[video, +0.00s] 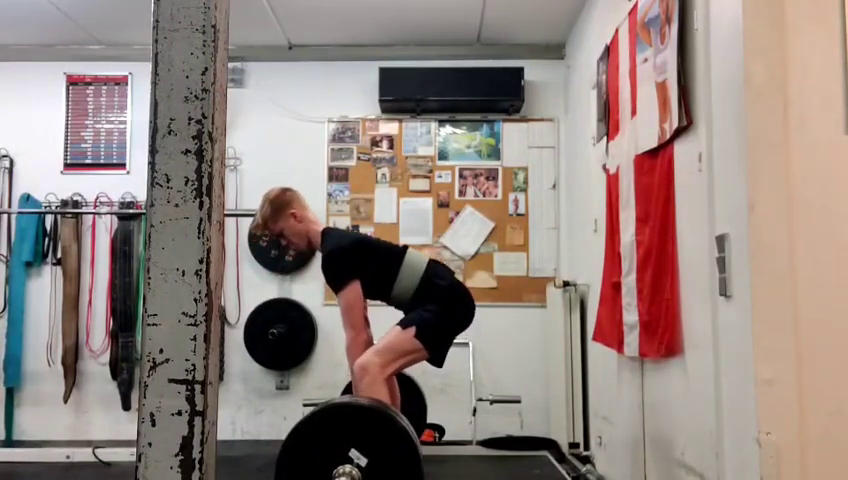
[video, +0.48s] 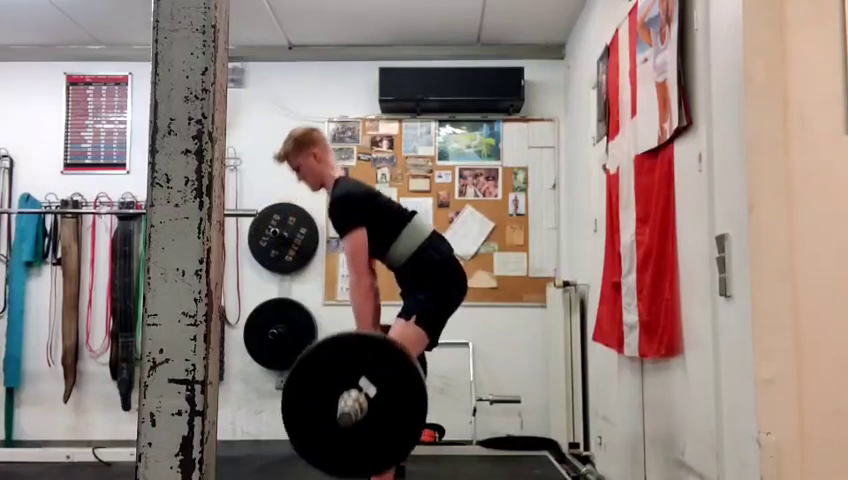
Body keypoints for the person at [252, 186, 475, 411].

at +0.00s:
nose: (285, 245)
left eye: (282, 235)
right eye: (280, 239)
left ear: (296, 217)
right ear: (298, 216)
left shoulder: (336, 253)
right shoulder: (338, 246)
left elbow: (357, 335)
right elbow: (362, 332)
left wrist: (359, 402)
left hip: (446, 302)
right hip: (442, 300)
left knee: (368, 368)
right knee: (378, 369)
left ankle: (379, 453)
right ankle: (391, 450)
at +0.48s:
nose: (299, 178)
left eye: (298, 168)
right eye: (295, 171)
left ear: (316, 156)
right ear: (319, 158)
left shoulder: (345, 198)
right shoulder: (348, 194)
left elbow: (361, 279)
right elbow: (368, 280)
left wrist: (365, 348)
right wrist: (370, 341)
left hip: (438, 280)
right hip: (429, 280)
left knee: (390, 361)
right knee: (389, 361)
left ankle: (386, 465)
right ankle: (386, 463)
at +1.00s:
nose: (353, 117)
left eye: (352, 108)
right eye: (349, 111)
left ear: (371, 94)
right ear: (370, 96)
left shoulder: (395, 139)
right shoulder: (385, 139)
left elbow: (385, 211)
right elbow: (375, 211)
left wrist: (371, 275)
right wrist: (359, 270)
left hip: (389, 258)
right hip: (382, 256)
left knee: (387, 368)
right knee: (387, 367)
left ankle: (385, 470)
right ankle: (388, 464)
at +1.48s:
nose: (280, 200)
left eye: (278, 190)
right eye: (276, 193)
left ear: (292, 179)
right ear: (299, 175)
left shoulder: (333, 211)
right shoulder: (334, 209)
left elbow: (352, 290)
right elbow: (353, 290)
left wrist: (350, 362)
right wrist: (352, 358)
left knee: (384, 362)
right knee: (384, 362)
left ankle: (384, 465)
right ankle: (388, 462)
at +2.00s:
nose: (272, 279)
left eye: (267, 269)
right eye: (265, 275)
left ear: (278, 243)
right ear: (279, 243)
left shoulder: (321, 269)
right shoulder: (325, 263)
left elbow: (343, 352)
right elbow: (352, 345)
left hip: (437, 317)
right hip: (433, 314)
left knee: (348, 370)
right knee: (362, 370)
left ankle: (371, 452)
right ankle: (388, 447)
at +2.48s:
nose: (289, 270)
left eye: (280, 264)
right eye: (280, 267)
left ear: (285, 245)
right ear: (287, 239)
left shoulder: (326, 268)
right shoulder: (332, 256)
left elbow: (348, 346)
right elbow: (354, 343)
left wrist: (346, 401)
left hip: (439, 329)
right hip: (439, 325)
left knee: (349, 369)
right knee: (361, 366)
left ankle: (374, 452)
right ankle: (387, 446)